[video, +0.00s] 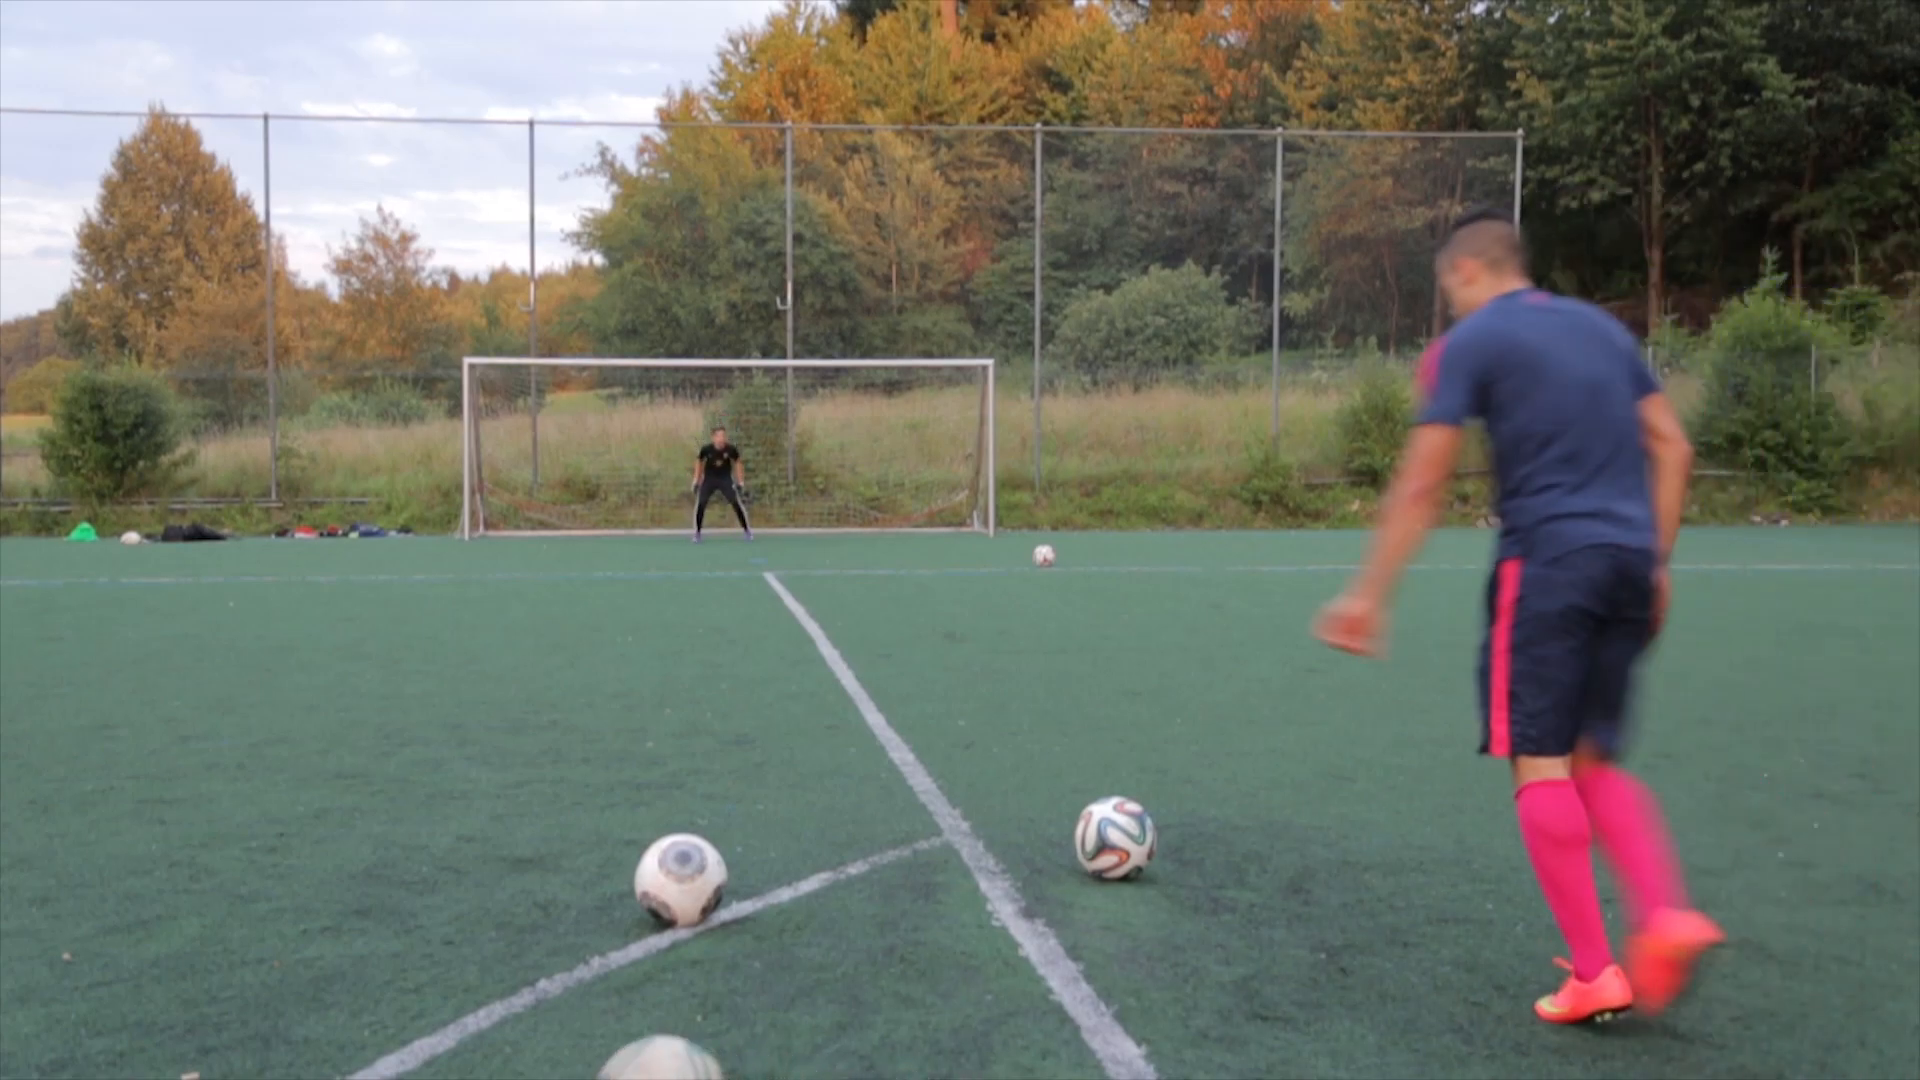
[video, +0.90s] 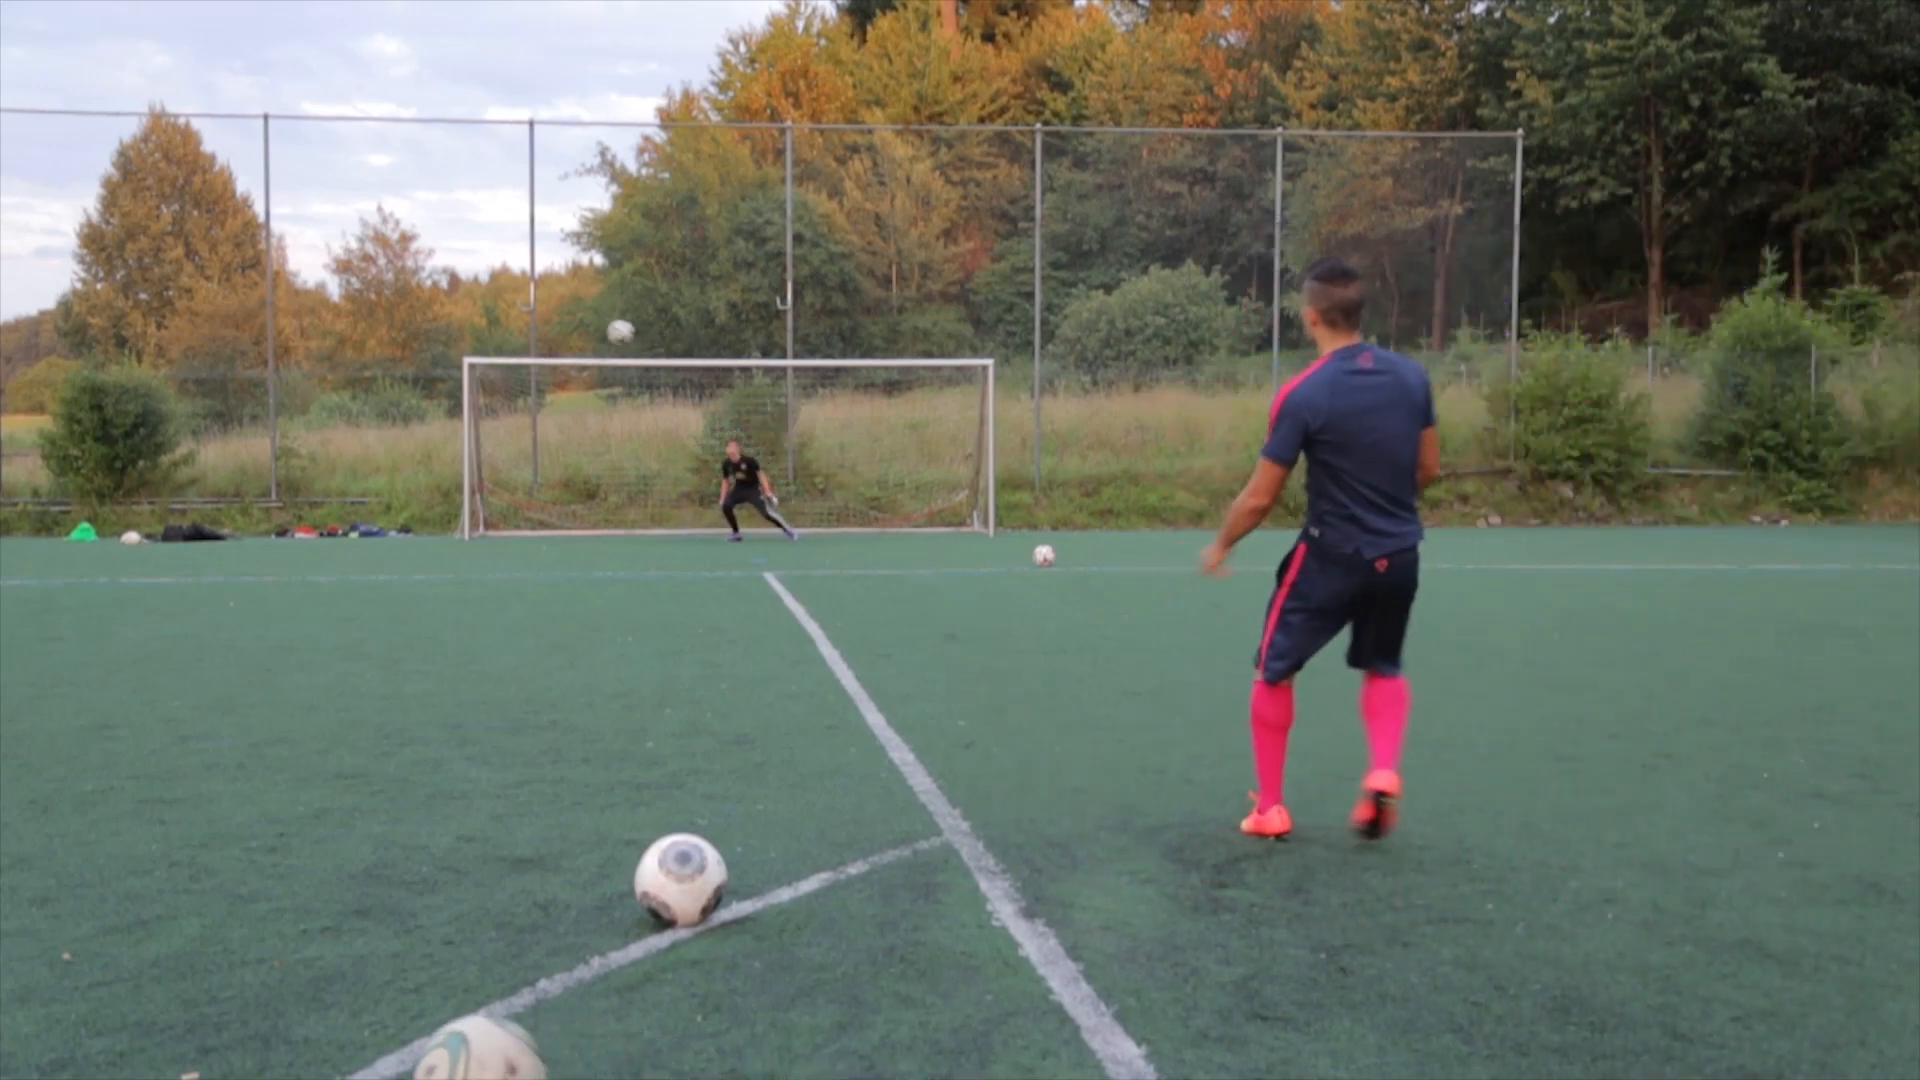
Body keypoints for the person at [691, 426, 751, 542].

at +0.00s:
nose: (720, 439)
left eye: (722, 436)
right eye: (717, 436)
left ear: (725, 438)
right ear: (713, 437)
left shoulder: (731, 450)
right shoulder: (706, 450)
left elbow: (738, 464)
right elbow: (699, 464)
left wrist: (740, 481)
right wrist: (696, 480)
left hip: (725, 481)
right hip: (709, 481)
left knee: (736, 504)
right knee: (701, 505)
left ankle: (746, 530)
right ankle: (698, 532)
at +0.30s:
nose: (737, 442)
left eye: (739, 439)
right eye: (735, 439)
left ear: (743, 439)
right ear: (731, 439)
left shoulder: (750, 450)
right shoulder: (725, 451)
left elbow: (755, 464)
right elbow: (717, 465)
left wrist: (758, 478)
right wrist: (713, 482)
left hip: (746, 482)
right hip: (730, 481)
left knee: (749, 506)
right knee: (717, 505)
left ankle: (749, 532)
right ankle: (705, 532)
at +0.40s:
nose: (743, 438)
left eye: (745, 435)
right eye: (741, 436)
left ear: (748, 435)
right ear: (736, 435)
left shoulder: (756, 445)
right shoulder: (731, 447)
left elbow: (761, 457)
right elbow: (721, 459)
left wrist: (766, 469)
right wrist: (718, 477)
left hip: (753, 476)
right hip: (737, 476)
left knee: (760, 500)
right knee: (726, 500)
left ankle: (755, 529)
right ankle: (721, 527)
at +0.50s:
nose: (749, 437)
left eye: (751, 434)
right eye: (747, 434)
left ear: (754, 436)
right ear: (742, 435)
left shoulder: (762, 447)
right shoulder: (736, 449)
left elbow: (770, 459)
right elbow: (727, 461)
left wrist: (775, 472)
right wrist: (724, 478)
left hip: (759, 476)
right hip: (743, 476)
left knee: (770, 499)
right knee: (736, 499)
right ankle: (734, 527)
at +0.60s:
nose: (755, 447)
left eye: (757, 444)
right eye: (753, 444)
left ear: (760, 444)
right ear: (748, 445)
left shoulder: (768, 454)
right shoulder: (742, 457)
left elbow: (775, 468)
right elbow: (733, 468)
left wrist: (783, 482)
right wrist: (729, 484)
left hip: (765, 483)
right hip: (749, 484)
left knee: (779, 504)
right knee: (743, 505)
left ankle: (795, 530)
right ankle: (746, 532)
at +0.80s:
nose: (747, 461)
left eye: (749, 458)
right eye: (744, 458)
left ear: (753, 456)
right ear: (741, 458)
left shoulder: (763, 465)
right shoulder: (739, 468)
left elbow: (774, 479)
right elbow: (735, 483)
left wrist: (782, 496)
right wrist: (731, 499)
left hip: (762, 492)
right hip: (746, 493)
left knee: (778, 510)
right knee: (733, 508)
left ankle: (794, 533)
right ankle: (737, 534)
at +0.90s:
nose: (732, 455)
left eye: (734, 452)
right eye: (730, 453)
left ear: (739, 451)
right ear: (727, 453)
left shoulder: (749, 461)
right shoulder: (727, 465)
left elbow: (761, 476)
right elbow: (725, 482)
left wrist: (768, 492)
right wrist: (722, 498)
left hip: (753, 491)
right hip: (738, 491)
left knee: (766, 513)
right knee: (726, 507)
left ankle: (788, 531)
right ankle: (736, 534)